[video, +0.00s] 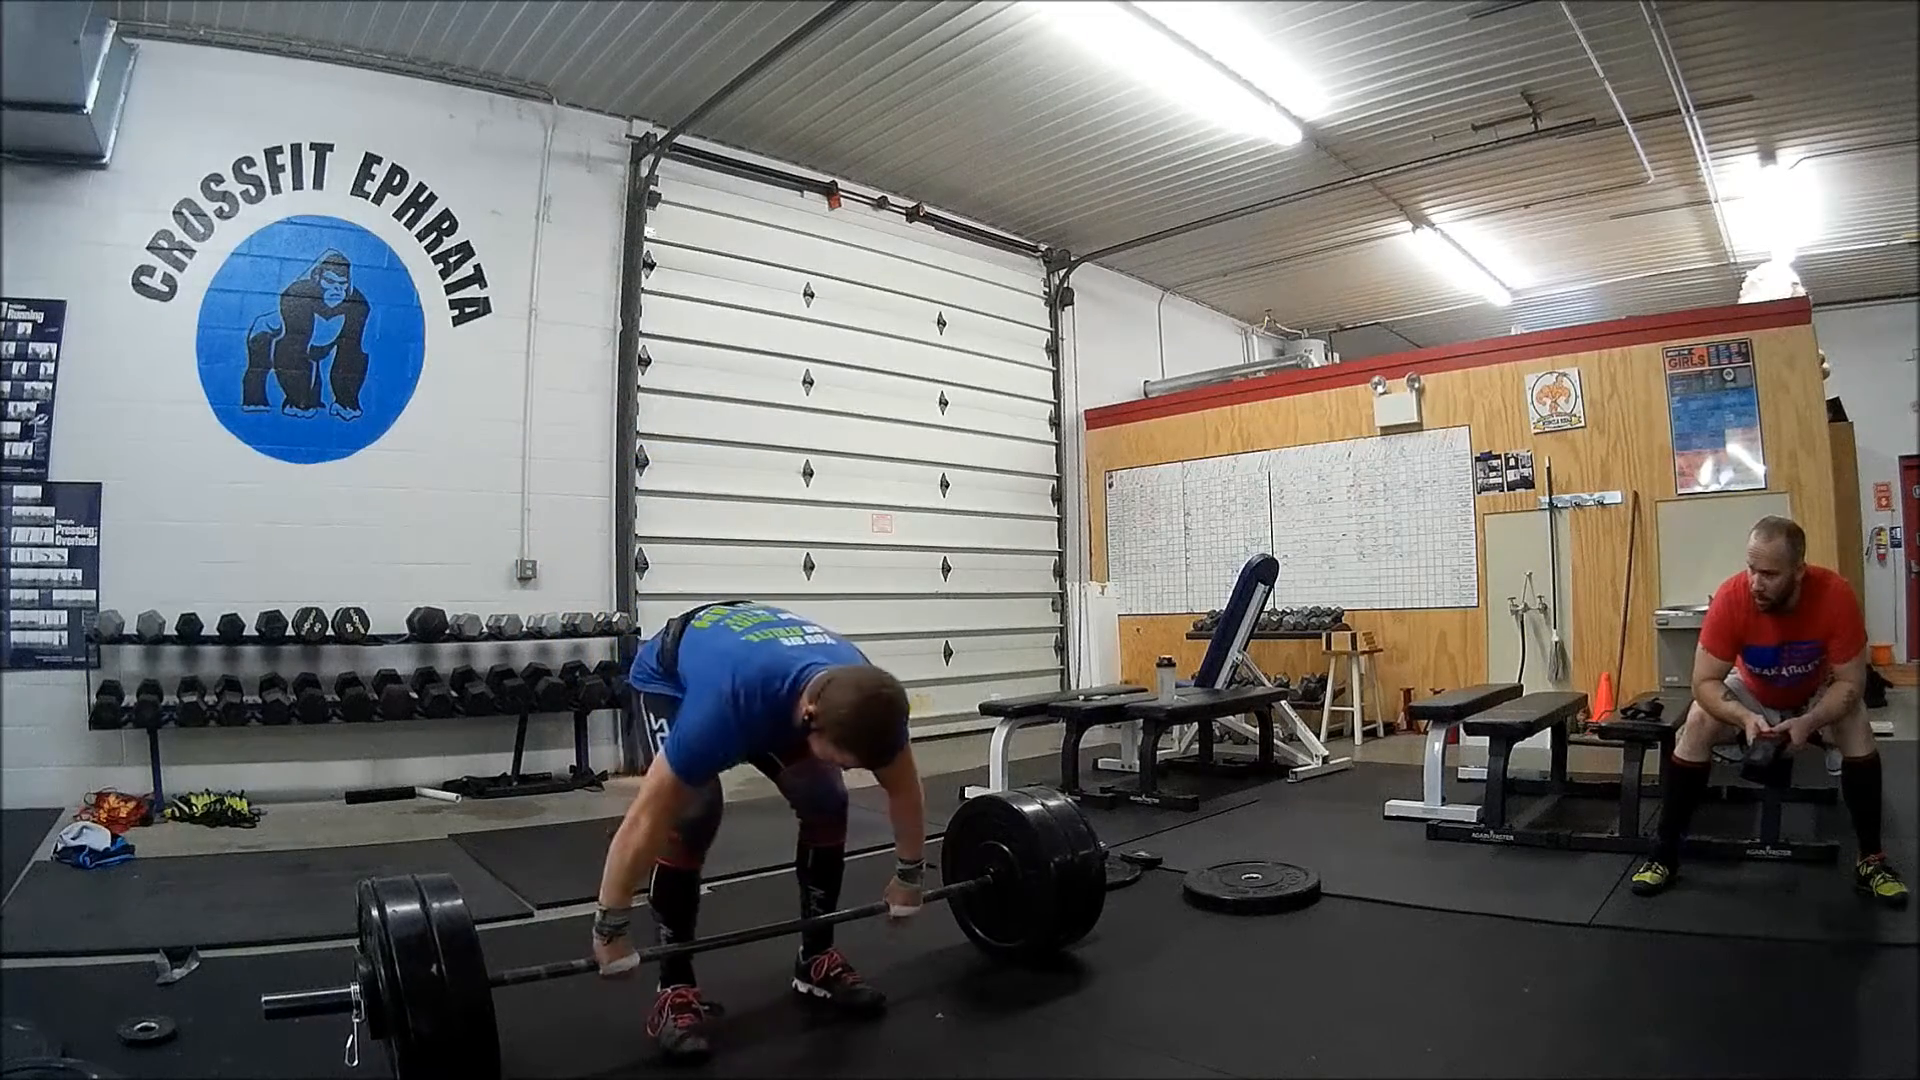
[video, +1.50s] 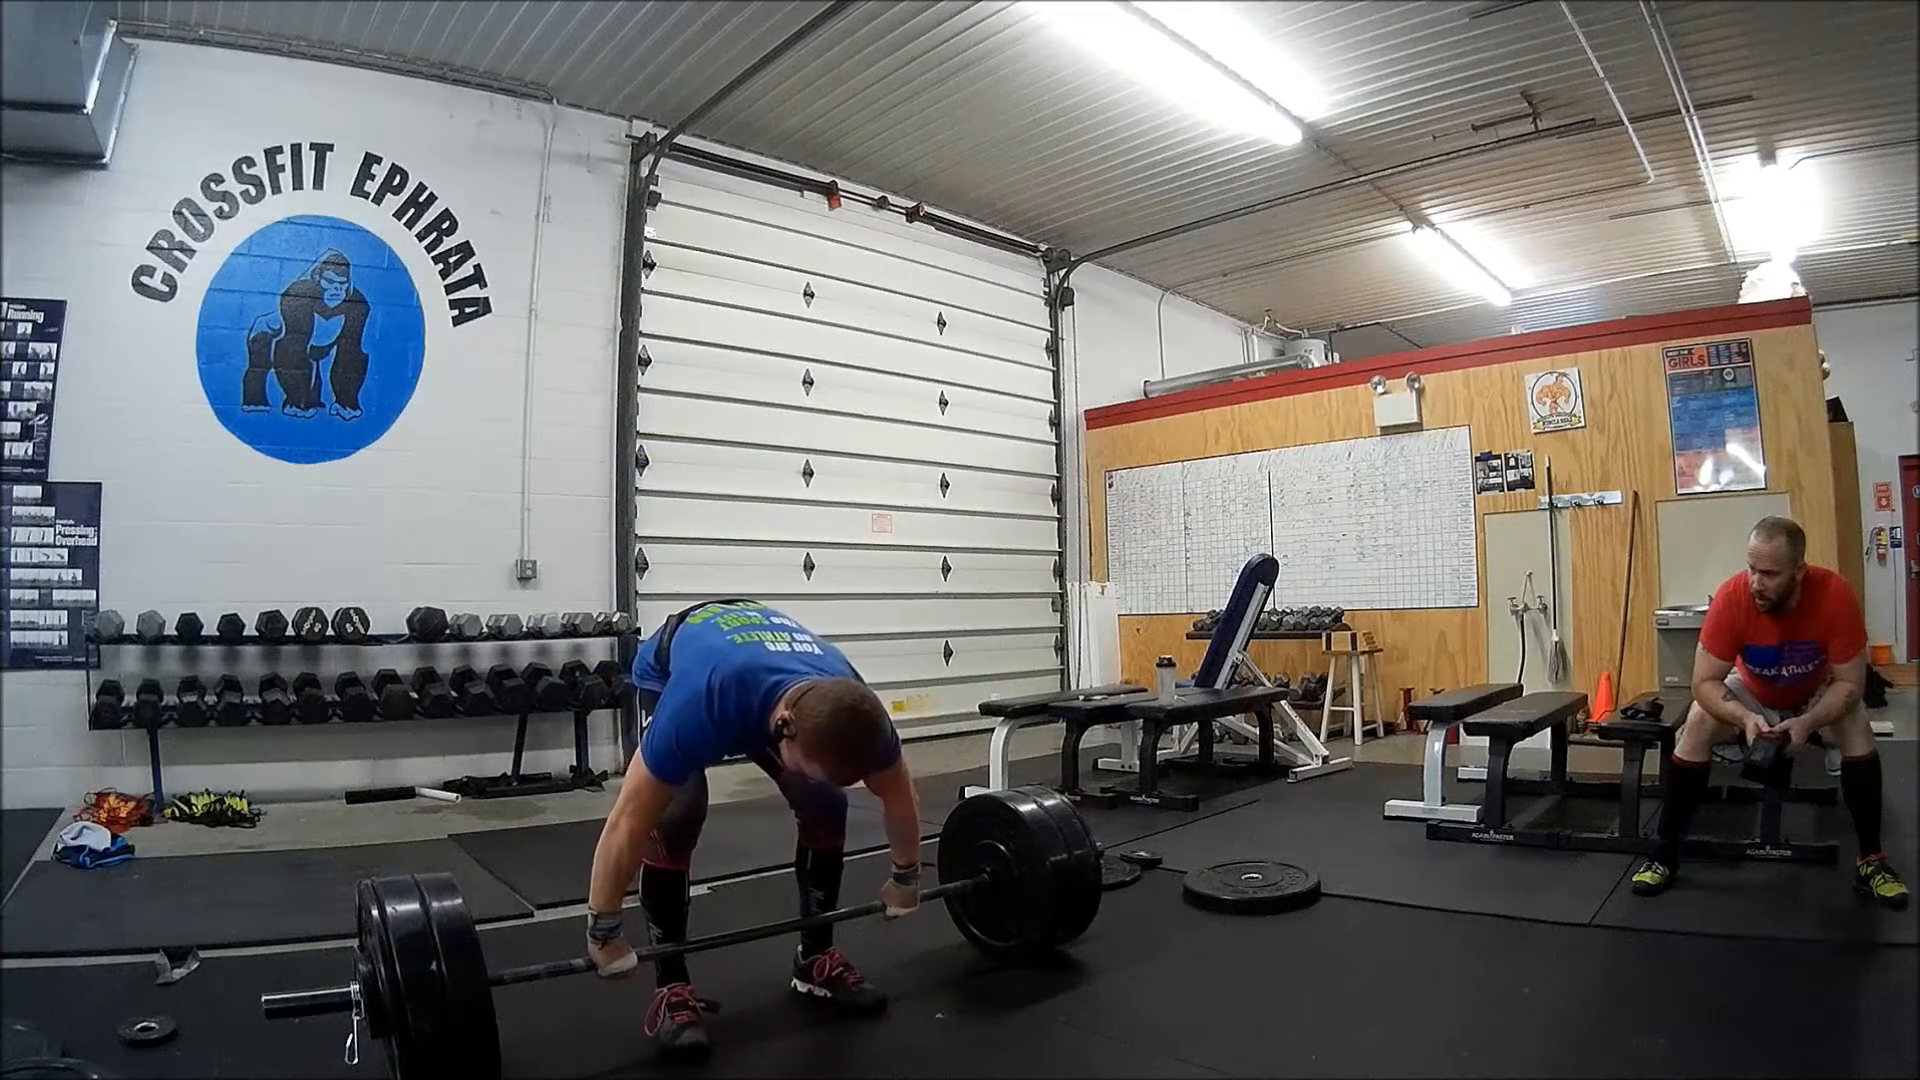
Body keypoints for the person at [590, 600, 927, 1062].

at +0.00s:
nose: (840, 769)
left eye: (853, 765)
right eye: (837, 760)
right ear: (811, 715)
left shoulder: (868, 697)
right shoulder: (723, 708)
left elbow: (904, 787)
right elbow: (645, 818)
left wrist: (910, 874)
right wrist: (610, 928)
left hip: (762, 660)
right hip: (669, 677)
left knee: (826, 801)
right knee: (694, 813)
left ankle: (817, 960)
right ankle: (676, 991)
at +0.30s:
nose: (802, 794)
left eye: (822, 789)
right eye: (797, 780)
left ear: (849, 756)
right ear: (770, 732)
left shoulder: (859, 730)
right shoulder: (684, 714)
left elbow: (894, 796)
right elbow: (614, 821)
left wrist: (907, 878)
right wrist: (601, 934)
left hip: (761, 640)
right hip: (658, 663)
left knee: (823, 806)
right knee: (658, 827)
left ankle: (822, 956)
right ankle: (671, 992)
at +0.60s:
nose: (834, 786)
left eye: (848, 779)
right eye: (830, 773)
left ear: (879, 729)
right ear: (799, 731)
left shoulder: (863, 704)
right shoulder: (711, 710)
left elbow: (901, 790)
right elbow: (633, 821)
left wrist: (911, 875)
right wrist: (606, 932)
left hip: (768, 648)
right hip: (671, 667)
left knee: (824, 807)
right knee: (681, 819)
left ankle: (814, 960)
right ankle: (673, 991)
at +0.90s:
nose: (825, 794)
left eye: (841, 788)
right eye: (818, 781)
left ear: (874, 744)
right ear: (791, 734)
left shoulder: (869, 727)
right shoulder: (701, 712)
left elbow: (900, 797)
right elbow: (627, 822)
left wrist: (909, 879)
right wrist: (603, 933)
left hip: (773, 651)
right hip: (673, 669)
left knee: (833, 809)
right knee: (670, 825)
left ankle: (818, 958)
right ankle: (677, 991)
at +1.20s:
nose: (830, 796)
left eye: (844, 795)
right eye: (825, 785)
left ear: (884, 753)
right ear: (803, 735)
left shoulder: (865, 708)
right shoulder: (713, 715)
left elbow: (899, 788)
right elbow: (634, 821)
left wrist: (907, 874)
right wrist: (605, 932)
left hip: (769, 650)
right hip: (670, 670)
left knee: (830, 807)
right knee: (683, 821)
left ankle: (816, 959)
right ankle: (676, 992)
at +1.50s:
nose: (822, 789)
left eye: (838, 782)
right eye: (815, 776)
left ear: (866, 743)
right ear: (785, 726)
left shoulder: (865, 722)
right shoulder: (698, 707)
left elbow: (898, 794)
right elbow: (628, 818)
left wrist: (907, 877)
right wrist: (603, 932)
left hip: (772, 647)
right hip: (671, 667)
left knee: (827, 807)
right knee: (679, 816)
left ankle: (816, 959)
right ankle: (672, 989)